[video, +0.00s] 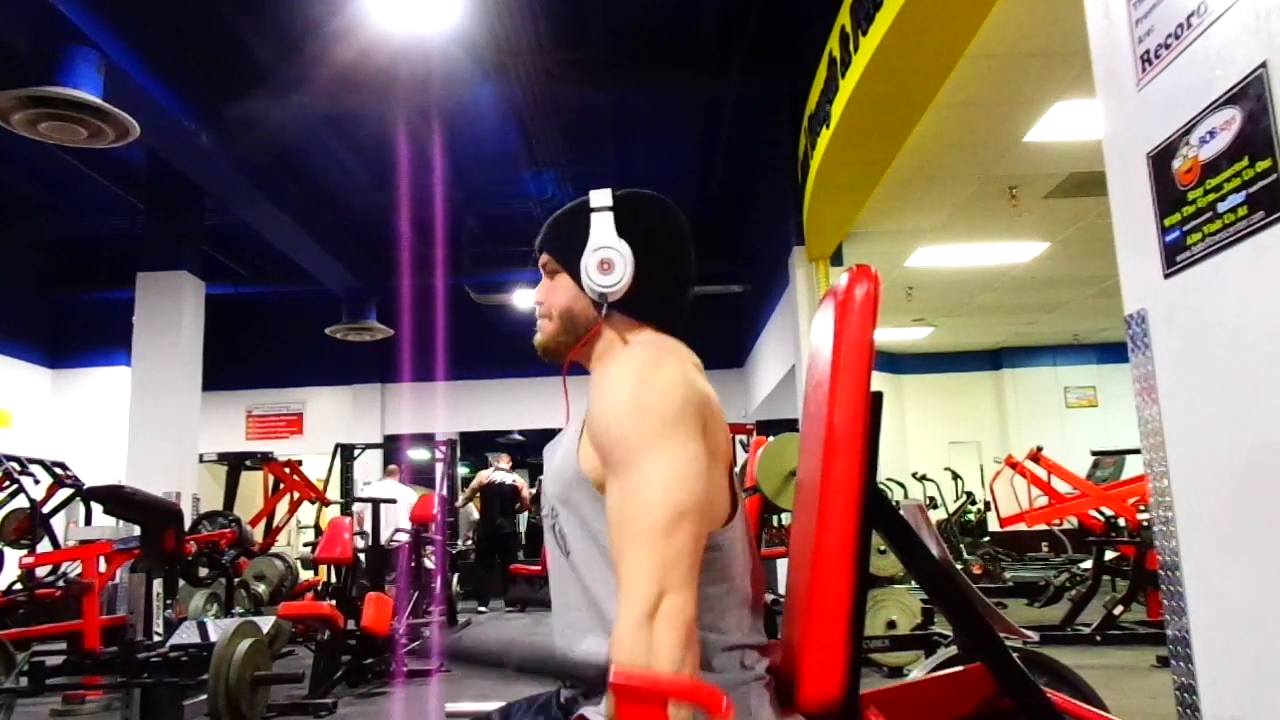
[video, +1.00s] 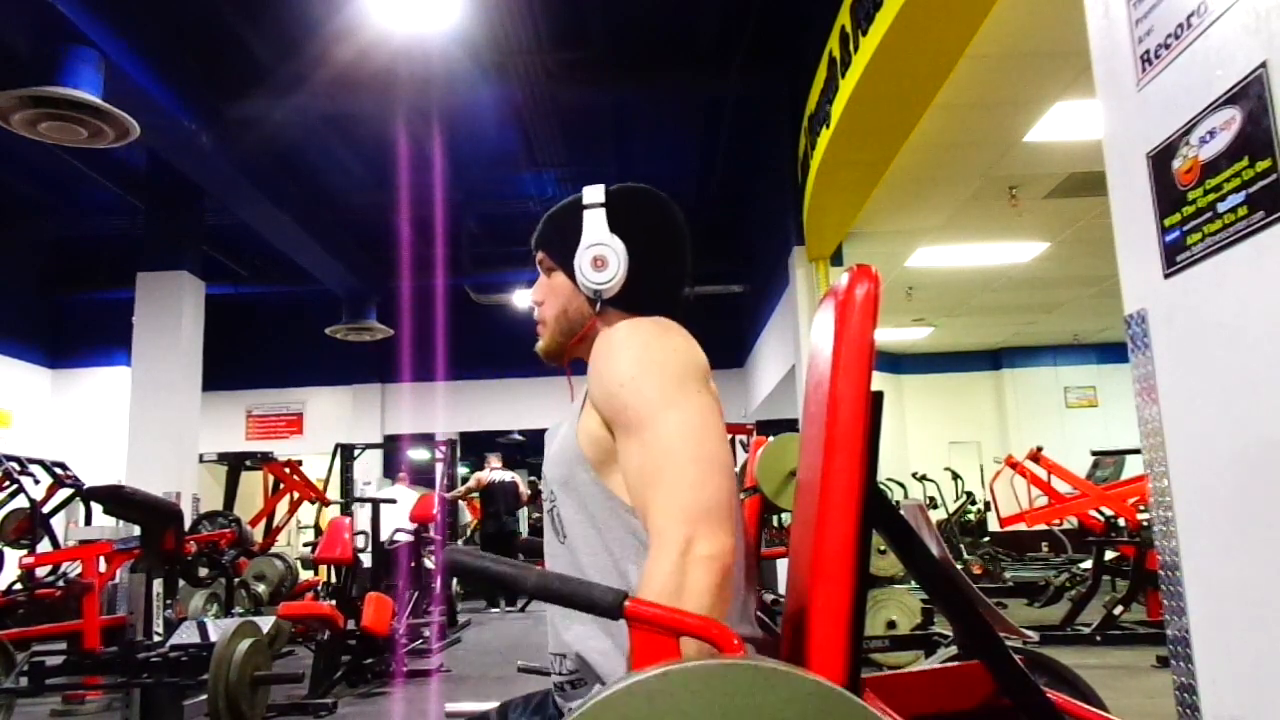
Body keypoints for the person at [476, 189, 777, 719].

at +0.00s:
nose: (536, 296)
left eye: (550, 274)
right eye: (540, 275)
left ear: (606, 272)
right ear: (603, 273)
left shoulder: (646, 377)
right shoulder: (631, 375)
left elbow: (662, 612)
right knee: (498, 712)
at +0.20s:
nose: (538, 293)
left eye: (552, 271)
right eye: (543, 273)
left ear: (606, 269)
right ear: (600, 269)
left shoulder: (648, 340)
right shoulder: (618, 374)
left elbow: (691, 547)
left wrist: (654, 704)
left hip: (629, 698)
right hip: (595, 691)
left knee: (500, 712)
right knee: (497, 712)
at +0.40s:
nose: (532, 299)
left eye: (543, 278)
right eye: (536, 279)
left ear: (596, 276)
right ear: (594, 277)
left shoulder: (655, 371)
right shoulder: (625, 382)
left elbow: (671, 603)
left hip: (643, 701)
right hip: (605, 696)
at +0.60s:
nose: (524, 298)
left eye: (539, 276)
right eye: (529, 278)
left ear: (592, 276)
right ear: (587, 277)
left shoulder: (645, 403)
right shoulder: (623, 396)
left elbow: (656, 649)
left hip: (626, 705)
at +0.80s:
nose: (534, 297)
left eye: (547, 274)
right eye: (538, 277)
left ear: (601, 272)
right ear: (599, 273)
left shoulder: (641, 370)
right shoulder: (626, 371)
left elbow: (675, 596)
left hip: (642, 699)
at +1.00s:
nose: (533, 295)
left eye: (547, 271)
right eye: (537, 274)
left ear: (601, 268)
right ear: (596, 269)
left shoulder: (641, 346)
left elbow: (699, 548)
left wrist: (656, 707)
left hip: (626, 700)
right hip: (594, 692)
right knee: (490, 713)